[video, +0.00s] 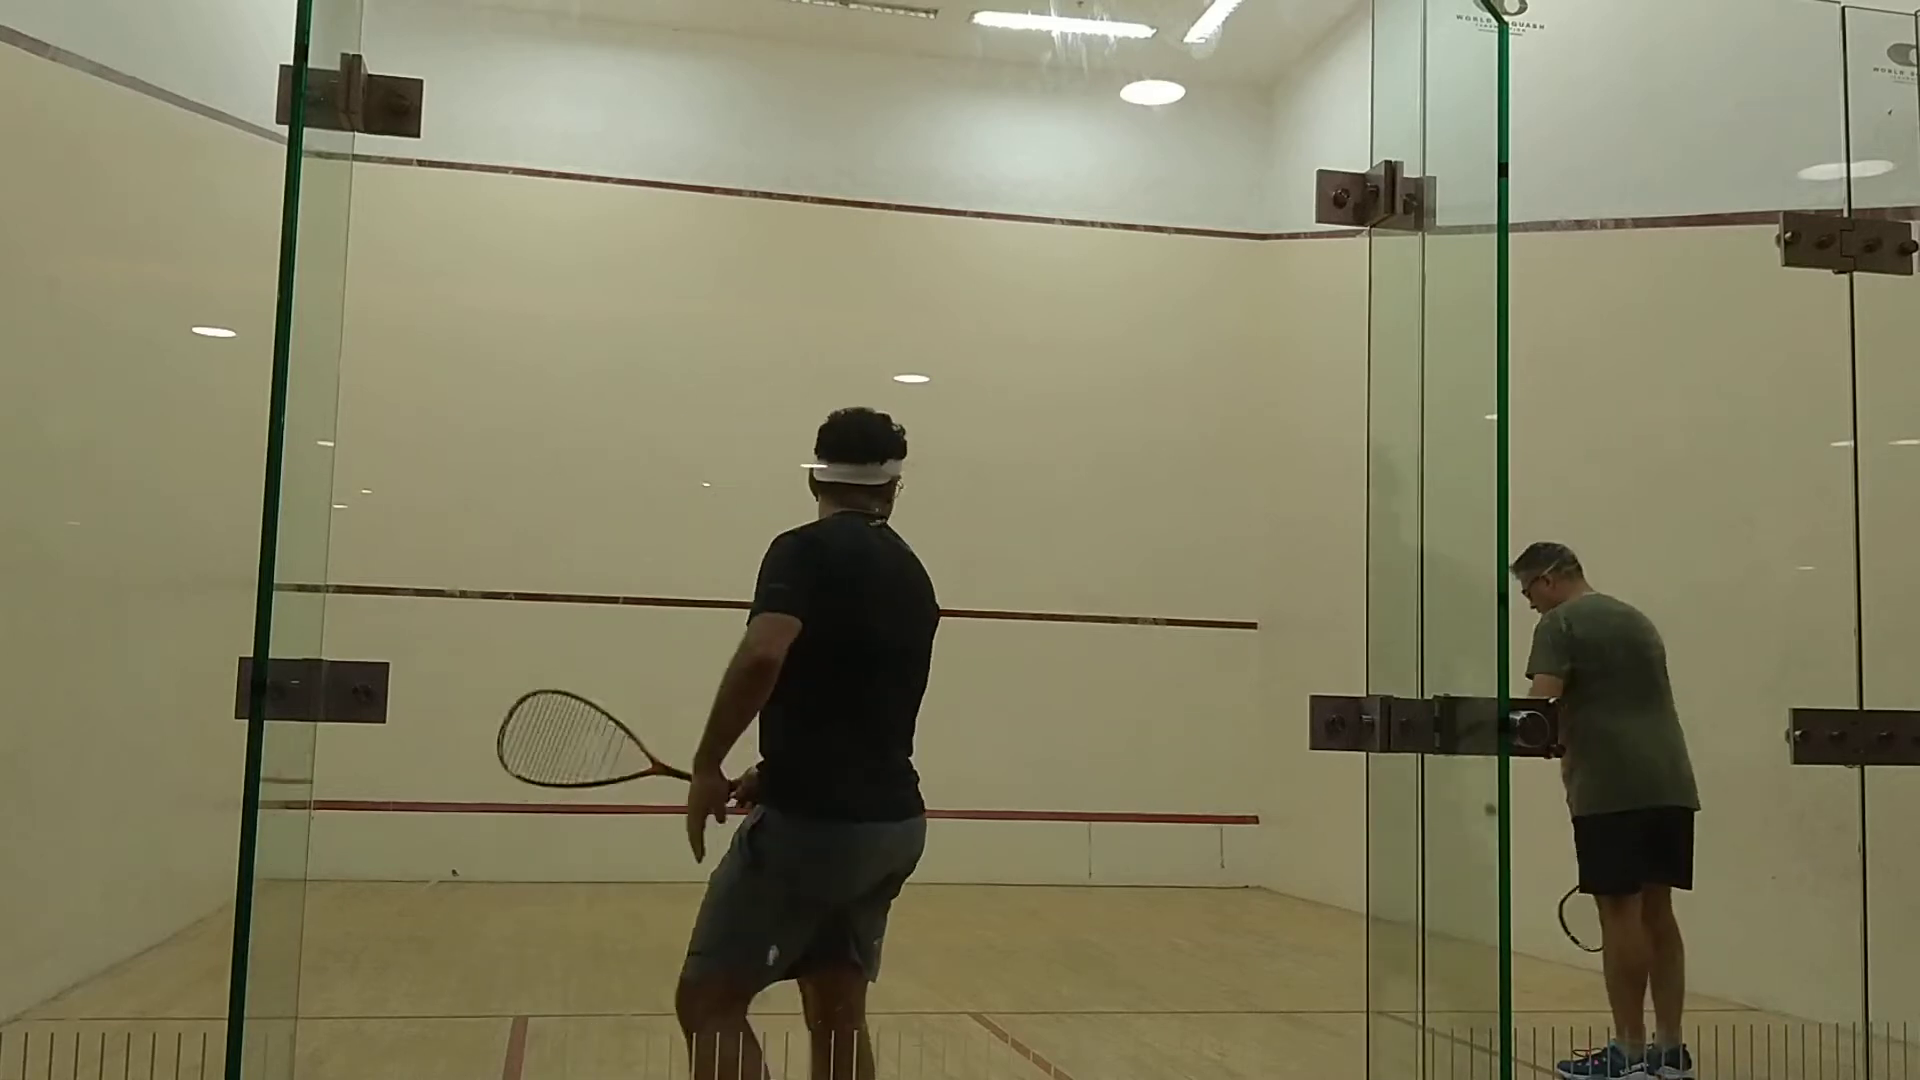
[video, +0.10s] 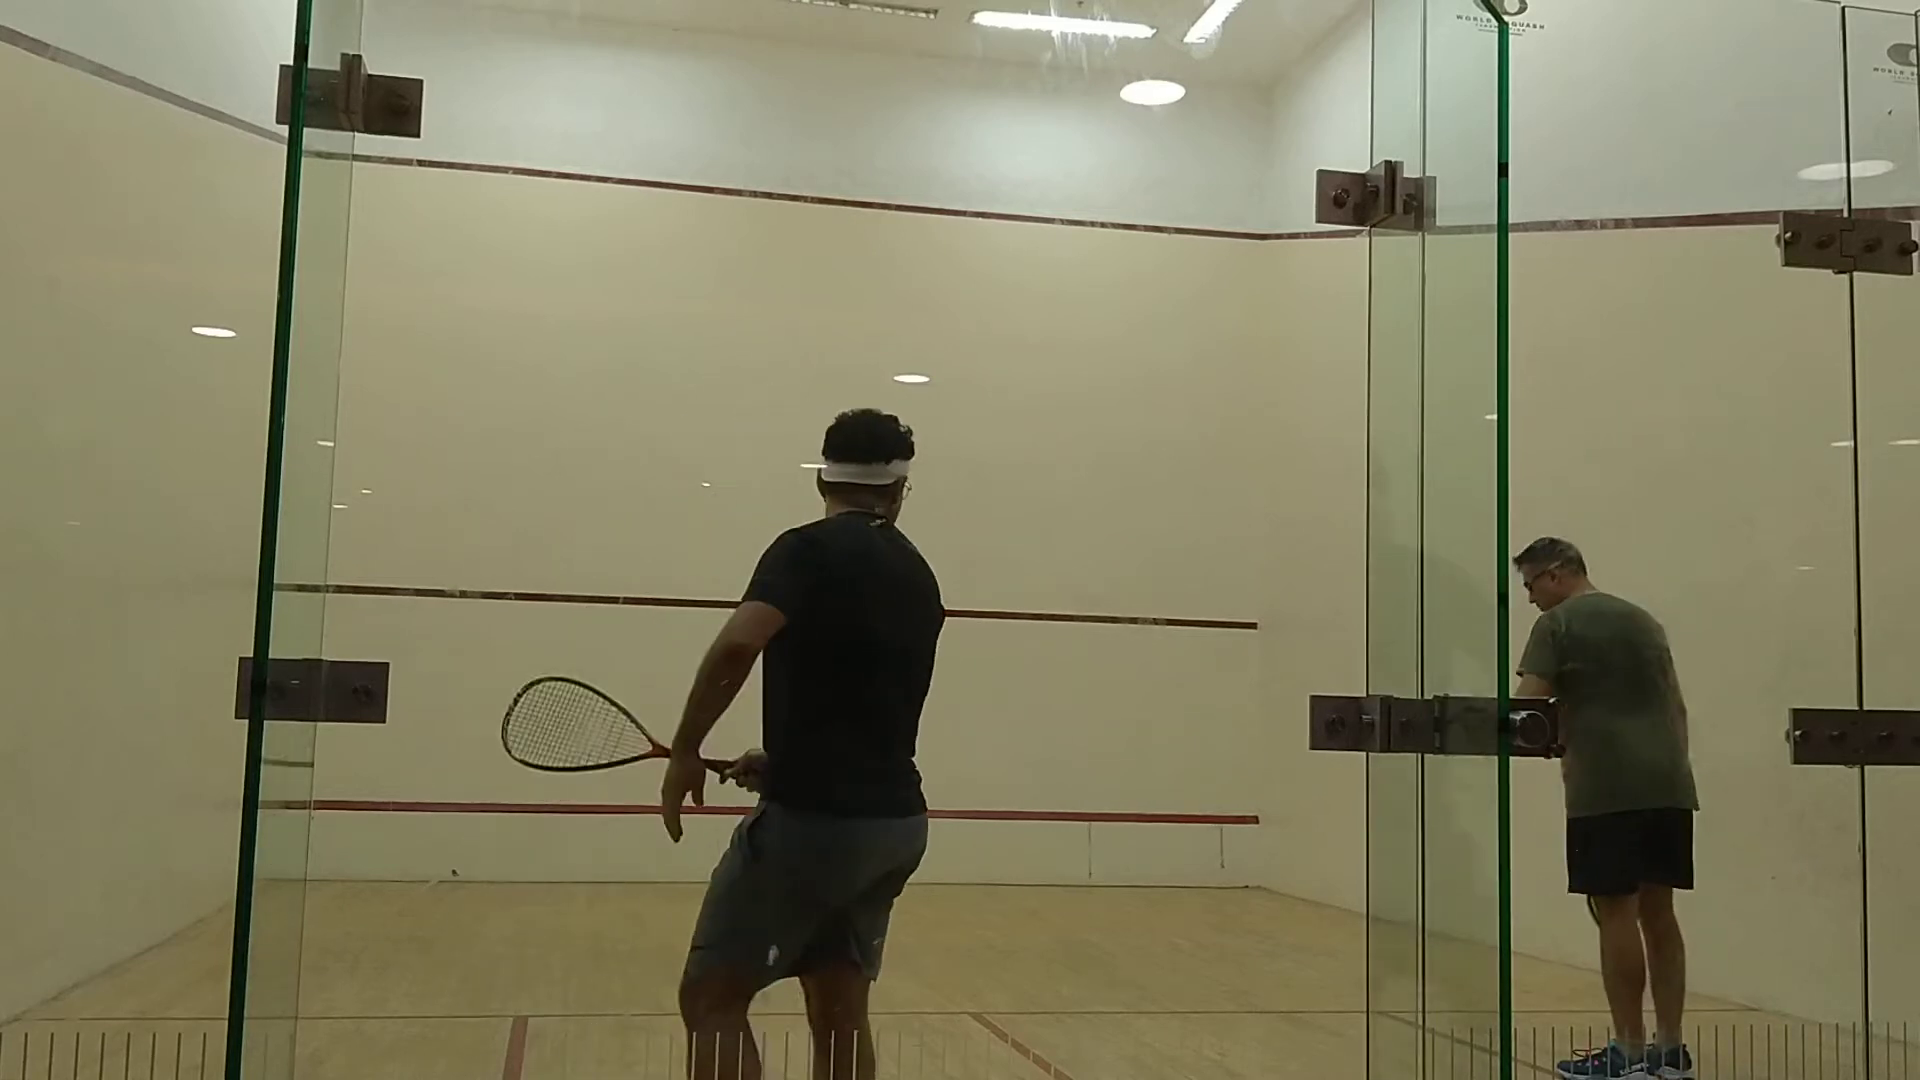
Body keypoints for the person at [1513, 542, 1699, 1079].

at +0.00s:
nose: (1531, 604)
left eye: (1530, 592)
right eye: (1527, 594)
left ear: (1550, 580)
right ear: (1575, 575)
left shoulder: (1557, 623)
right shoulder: (1636, 619)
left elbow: (1538, 711)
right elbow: (1644, 708)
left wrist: (1554, 744)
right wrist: (1573, 740)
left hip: (1610, 796)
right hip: (1672, 790)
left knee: (1621, 917)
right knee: (1659, 914)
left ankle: (1629, 1052)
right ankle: (1670, 1050)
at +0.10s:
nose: (1531, 597)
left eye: (1533, 585)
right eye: (1528, 588)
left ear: (1558, 574)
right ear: (1578, 572)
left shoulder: (1553, 624)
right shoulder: (1644, 620)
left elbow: (1526, 715)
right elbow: (1676, 710)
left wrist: (1558, 742)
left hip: (1604, 796)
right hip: (1670, 791)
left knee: (1616, 916)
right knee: (1660, 912)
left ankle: (1629, 1052)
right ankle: (1670, 1049)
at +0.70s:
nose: (1525, 580)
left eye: (1528, 570)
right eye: (1525, 570)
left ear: (1544, 569)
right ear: (1580, 567)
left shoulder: (1537, 628)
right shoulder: (1628, 620)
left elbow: (1524, 720)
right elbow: (1680, 678)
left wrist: (1494, 789)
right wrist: (1722, 702)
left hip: (1583, 799)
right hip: (1641, 793)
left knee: (1606, 922)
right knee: (1616, 915)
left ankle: (1631, 1052)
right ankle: (1608, 1040)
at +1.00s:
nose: (1533, 581)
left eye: (1534, 574)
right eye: (1538, 573)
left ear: (1541, 577)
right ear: (1585, 576)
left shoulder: (1512, 638)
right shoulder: (1620, 630)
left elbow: (1484, 716)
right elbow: (1690, 687)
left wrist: (1476, 783)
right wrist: (1717, 653)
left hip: (1540, 804)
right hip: (1613, 802)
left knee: (1538, 907)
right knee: (1603, 908)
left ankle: (1604, 1013)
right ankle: (1598, 1030)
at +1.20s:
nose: (1544, 580)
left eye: (1535, 572)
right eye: (1568, 572)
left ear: (1532, 575)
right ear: (1580, 576)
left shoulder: (1498, 630)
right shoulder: (1600, 628)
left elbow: (1479, 705)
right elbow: (1678, 675)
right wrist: (1695, 628)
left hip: (1514, 791)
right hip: (1587, 792)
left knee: (1504, 881)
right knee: (1593, 901)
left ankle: (1530, 995)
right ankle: (1596, 1032)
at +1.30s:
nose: (1560, 582)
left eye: (1537, 571)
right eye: (1570, 575)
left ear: (1525, 575)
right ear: (1572, 578)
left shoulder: (1491, 627)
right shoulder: (1586, 630)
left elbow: (1474, 700)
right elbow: (1666, 670)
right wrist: (1678, 621)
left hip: (1494, 788)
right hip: (1567, 792)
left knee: (1478, 884)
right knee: (1584, 901)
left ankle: (1477, 1001)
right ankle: (1594, 1030)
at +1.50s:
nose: (1545, 599)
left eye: (1540, 591)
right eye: (1544, 593)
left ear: (1495, 591)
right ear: (1540, 597)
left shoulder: (1454, 638)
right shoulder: (1541, 647)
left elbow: (1410, 701)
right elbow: (1621, 682)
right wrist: (1641, 617)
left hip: (1448, 791)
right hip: (1518, 795)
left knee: (1419, 884)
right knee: (1556, 905)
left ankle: (1395, 992)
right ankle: (1588, 1030)